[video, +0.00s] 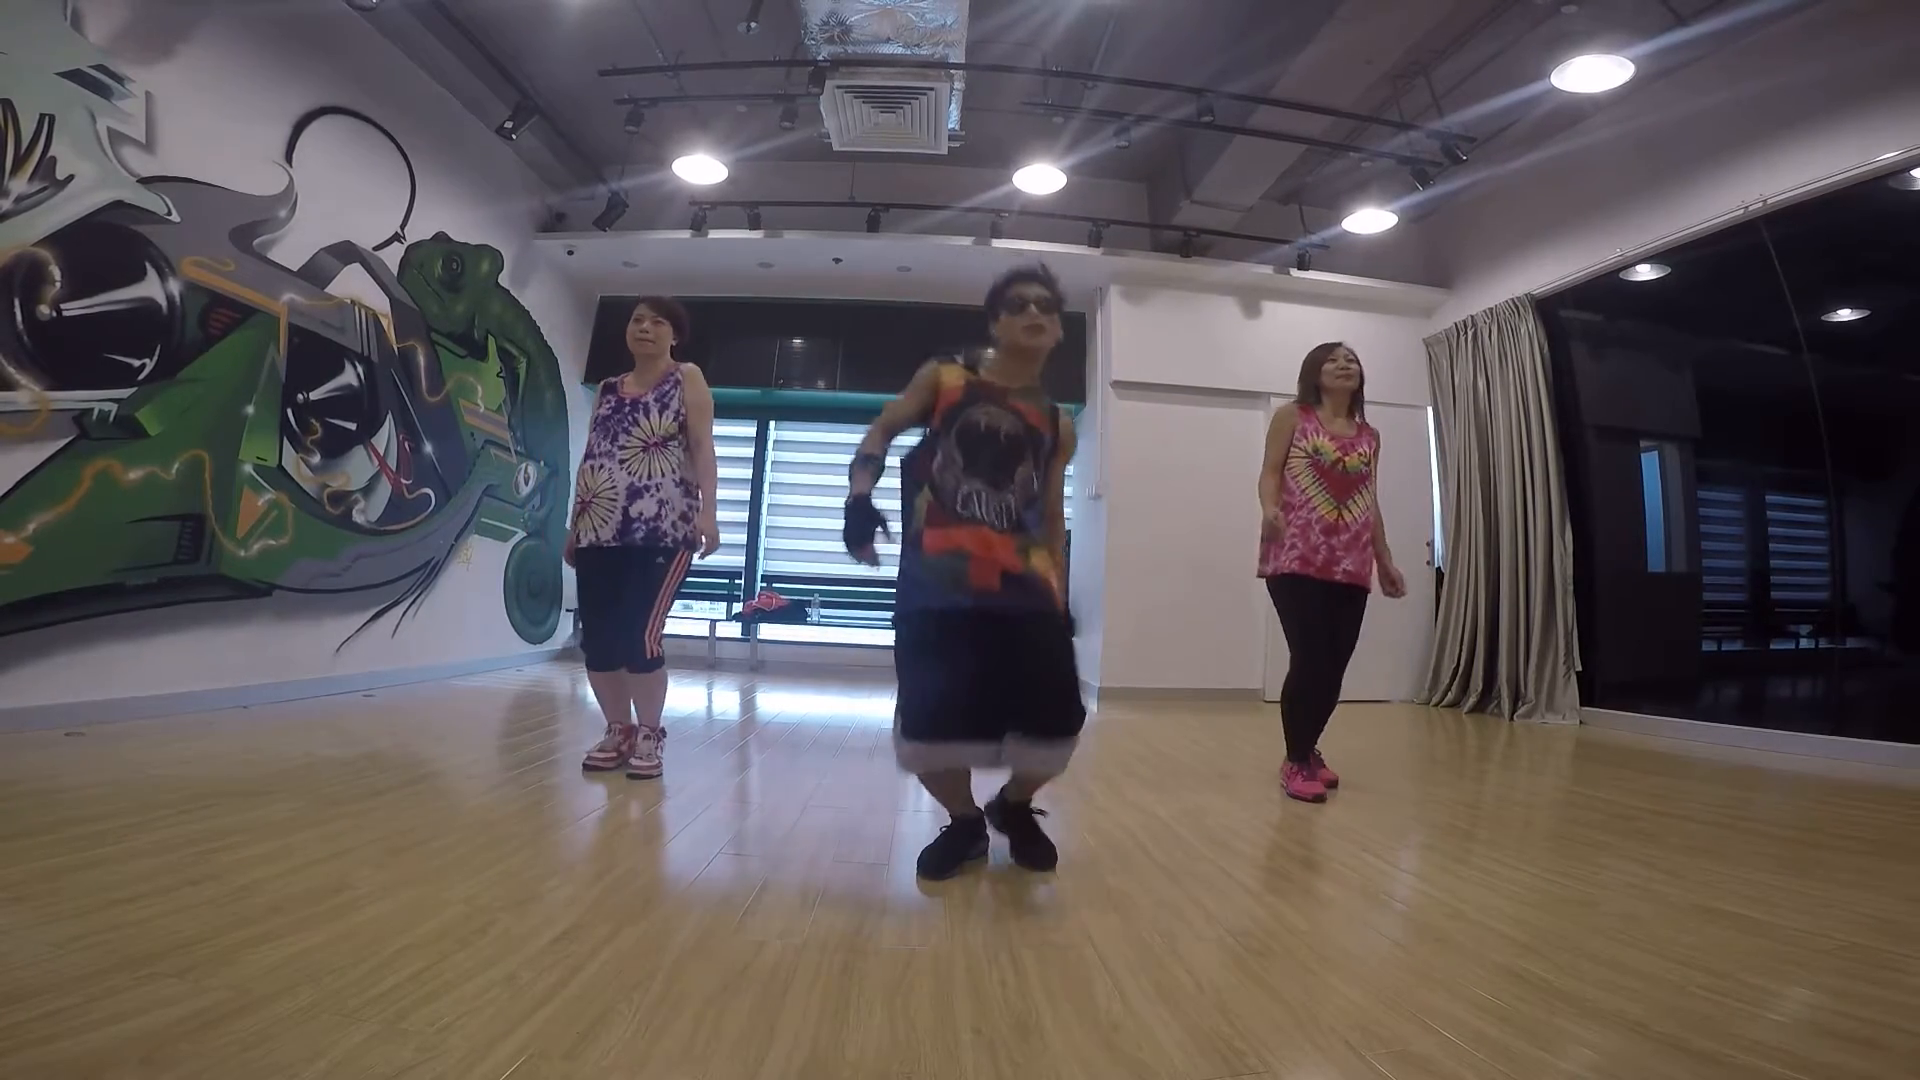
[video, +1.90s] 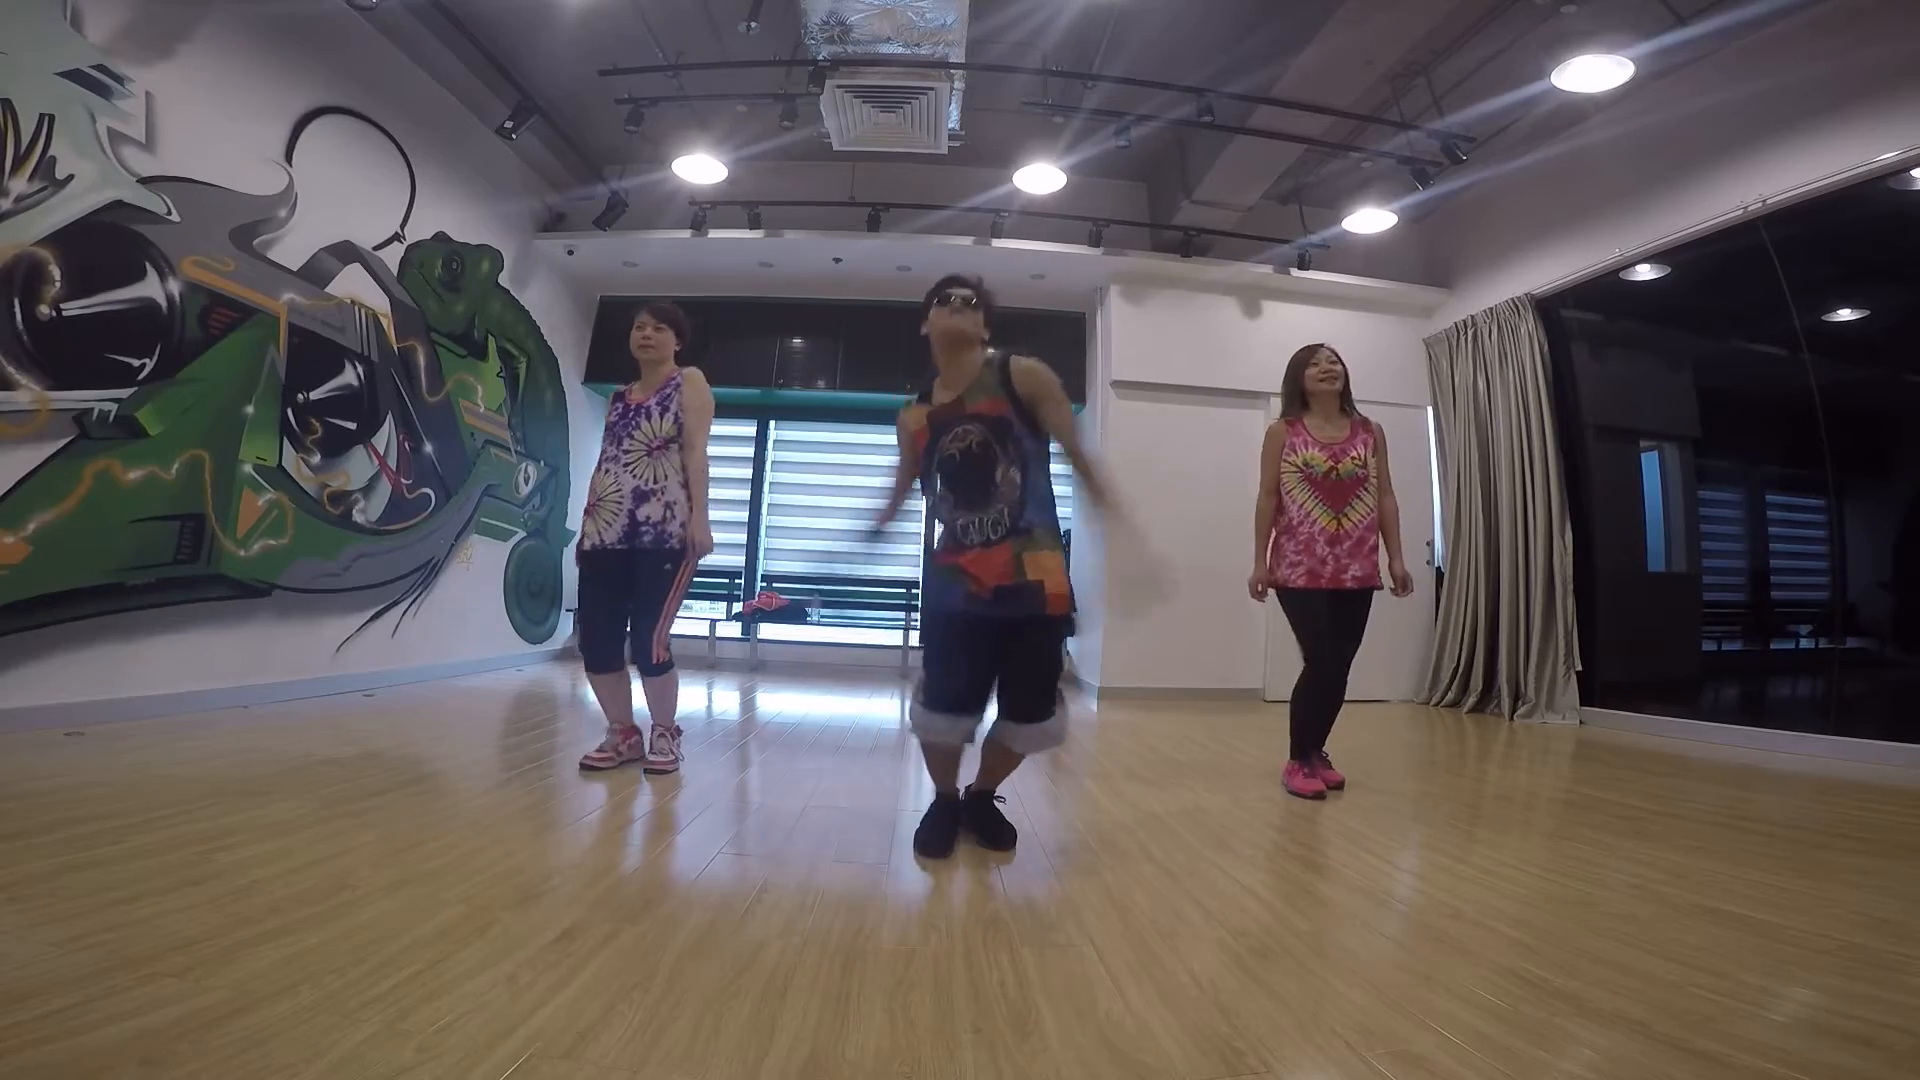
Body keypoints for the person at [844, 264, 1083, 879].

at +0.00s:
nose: (1034, 315)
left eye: (1046, 308)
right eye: (1019, 306)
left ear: (1060, 327)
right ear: (994, 323)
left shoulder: (1056, 425)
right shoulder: (944, 381)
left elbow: (1052, 518)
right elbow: (879, 433)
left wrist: (1058, 597)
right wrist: (860, 497)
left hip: (1024, 591)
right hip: (939, 586)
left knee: (1057, 723)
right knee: (927, 733)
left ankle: (1013, 804)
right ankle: (966, 823)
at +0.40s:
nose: (1006, 281)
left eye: (1018, 275)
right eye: (992, 272)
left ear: (1032, 299)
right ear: (967, 294)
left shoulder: (1063, 367)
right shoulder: (949, 379)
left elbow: (1101, 453)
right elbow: (946, 469)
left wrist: (1106, 538)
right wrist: (939, 544)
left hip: (1040, 565)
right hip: (954, 560)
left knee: (1036, 707)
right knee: (915, 692)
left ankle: (1005, 815)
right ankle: (912, 842)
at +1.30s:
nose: (1001, 311)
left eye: (1012, 304)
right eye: (987, 304)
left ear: (1029, 329)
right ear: (966, 325)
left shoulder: (1033, 415)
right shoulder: (925, 375)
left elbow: (1017, 503)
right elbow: (891, 456)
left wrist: (1021, 575)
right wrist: (902, 539)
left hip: (995, 568)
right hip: (920, 560)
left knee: (1008, 711)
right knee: (906, 707)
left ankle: (987, 795)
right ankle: (933, 799)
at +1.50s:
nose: (1005, 331)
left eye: (1016, 323)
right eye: (991, 326)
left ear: (1032, 339)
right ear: (974, 344)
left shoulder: (1045, 431)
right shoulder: (936, 399)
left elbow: (1058, 517)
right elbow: (884, 454)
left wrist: (1074, 590)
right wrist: (844, 499)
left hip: (999, 585)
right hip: (922, 578)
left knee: (1007, 714)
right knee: (894, 710)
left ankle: (976, 802)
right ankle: (930, 789)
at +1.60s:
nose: (994, 303)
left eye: (1004, 298)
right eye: (980, 298)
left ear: (1022, 324)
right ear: (961, 324)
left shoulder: (1048, 401)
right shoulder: (930, 388)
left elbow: (1097, 485)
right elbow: (863, 429)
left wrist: (1149, 558)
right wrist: (805, 460)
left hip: (1009, 583)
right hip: (930, 573)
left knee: (1004, 717)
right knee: (900, 696)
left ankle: (975, 801)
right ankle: (908, 822)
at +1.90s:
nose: (956, 307)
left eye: (969, 302)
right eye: (945, 301)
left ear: (986, 325)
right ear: (925, 325)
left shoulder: (1024, 375)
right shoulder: (917, 415)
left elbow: (1077, 448)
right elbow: (906, 478)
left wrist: (1105, 501)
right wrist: (884, 517)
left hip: (1033, 575)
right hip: (955, 577)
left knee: (1030, 717)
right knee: (944, 713)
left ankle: (981, 799)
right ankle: (945, 803)